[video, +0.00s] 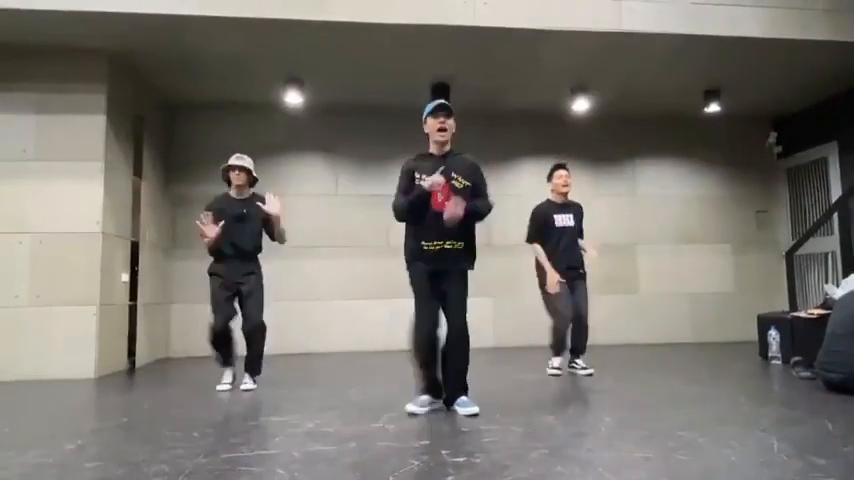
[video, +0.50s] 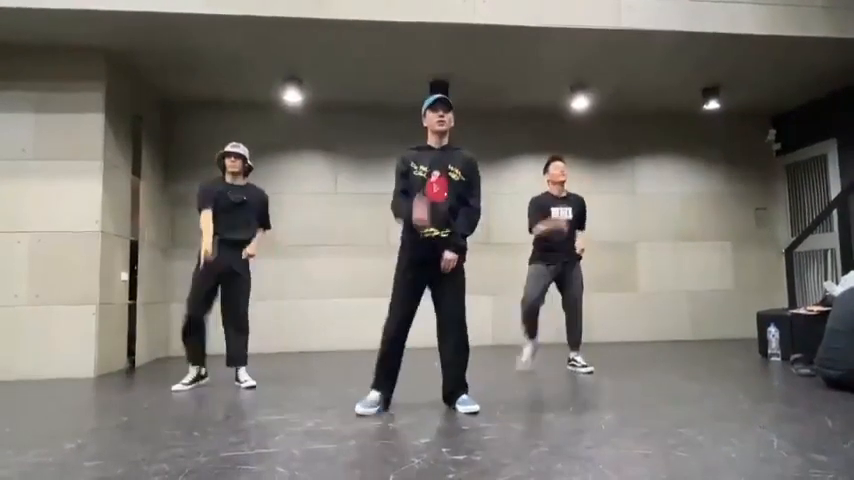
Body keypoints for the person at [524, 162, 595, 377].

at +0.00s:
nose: (565, 180)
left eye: (567, 177)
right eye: (559, 177)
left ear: (571, 182)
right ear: (550, 184)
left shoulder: (576, 208)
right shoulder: (541, 210)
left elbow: (577, 237)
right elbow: (534, 243)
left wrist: (586, 247)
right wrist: (549, 271)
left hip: (576, 271)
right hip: (552, 272)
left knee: (581, 315)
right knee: (563, 315)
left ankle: (576, 358)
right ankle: (556, 356)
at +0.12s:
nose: (565, 178)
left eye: (567, 174)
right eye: (560, 175)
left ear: (571, 179)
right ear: (551, 180)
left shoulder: (577, 205)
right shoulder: (541, 206)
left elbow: (584, 236)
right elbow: (540, 231)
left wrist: (588, 254)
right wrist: (563, 241)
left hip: (576, 265)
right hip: (552, 266)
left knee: (584, 308)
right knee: (571, 305)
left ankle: (576, 356)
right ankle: (560, 349)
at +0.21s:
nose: (563, 175)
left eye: (565, 171)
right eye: (558, 172)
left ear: (570, 176)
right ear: (549, 178)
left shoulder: (579, 202)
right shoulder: (542, 201)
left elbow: (586, 234)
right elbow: (543, 217)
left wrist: (587, 254)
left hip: (574, 262)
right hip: (550, 261)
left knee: (582, 307)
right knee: (567, 296)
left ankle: (576, 357)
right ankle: (559, 330)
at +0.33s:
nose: (563, 173)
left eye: (564, 170)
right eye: (558, 171)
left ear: (568, 174)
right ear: (550, 176)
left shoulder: (580, 201)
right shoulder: (541, 198)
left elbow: (585, 233)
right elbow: (546, 192)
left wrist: (583, 253)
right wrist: (546, 165)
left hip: (571, 258)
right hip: (548, 253)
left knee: (577, 310)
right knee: (549, 274)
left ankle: (574, 356)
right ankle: (550, 302)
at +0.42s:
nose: (562, 173)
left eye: (564, 170)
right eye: (557, 170)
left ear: (567, 175)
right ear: (548, 175)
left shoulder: (579, 200)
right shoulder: (539, 197)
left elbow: (583, 231)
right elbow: (538, 217)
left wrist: (582, 251)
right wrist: (553, 189)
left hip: (569, 258)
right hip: (544, 255)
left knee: (575, 306)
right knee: (536, 284)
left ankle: (574, 354)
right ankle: (540, 316)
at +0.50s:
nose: (562, 172)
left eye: (563, 169)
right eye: (557, 169)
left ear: (567, 174)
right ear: (547, 175)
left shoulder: (577, 202)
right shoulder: (537, 202)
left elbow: (580, 230)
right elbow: (534, 229)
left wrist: (579, 245)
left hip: (569, 261)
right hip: (542, 261)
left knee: (574, 305)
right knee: (530, 301)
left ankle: (574, 354)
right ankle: (531, 341)